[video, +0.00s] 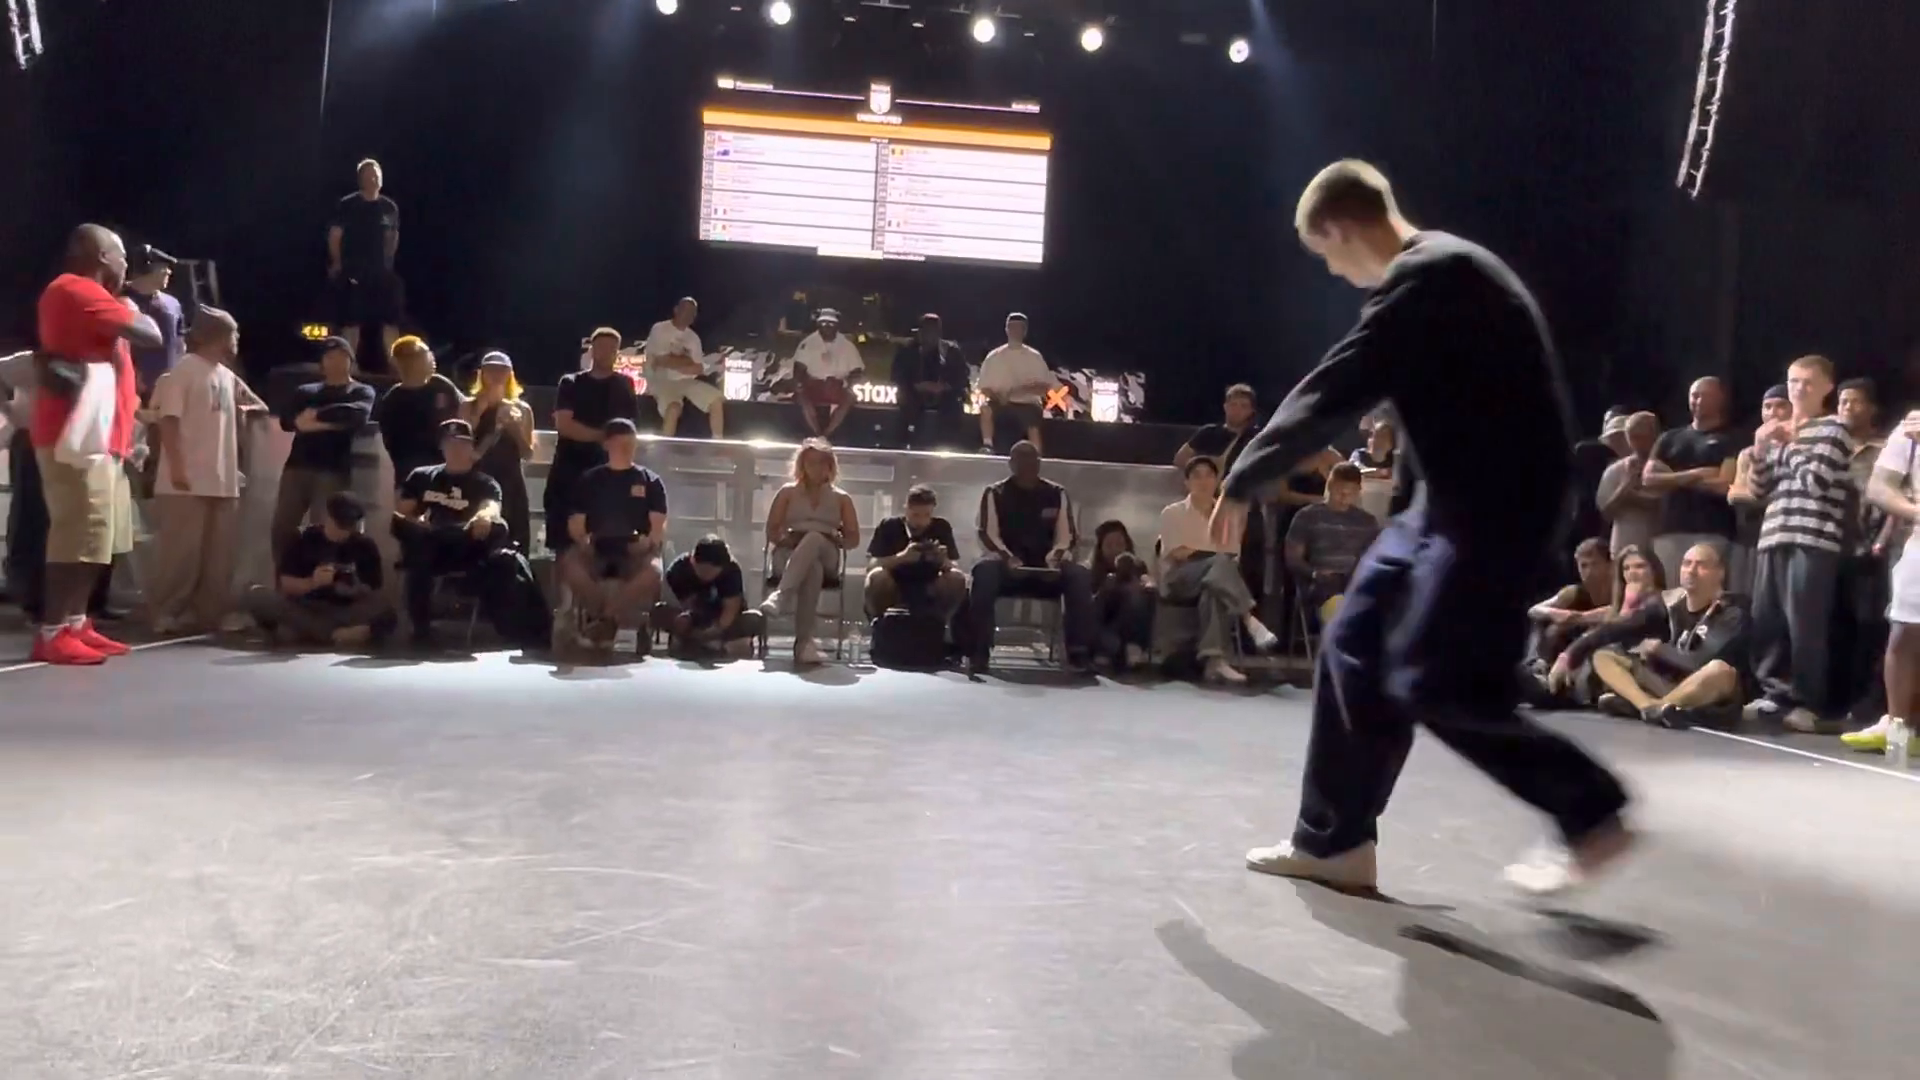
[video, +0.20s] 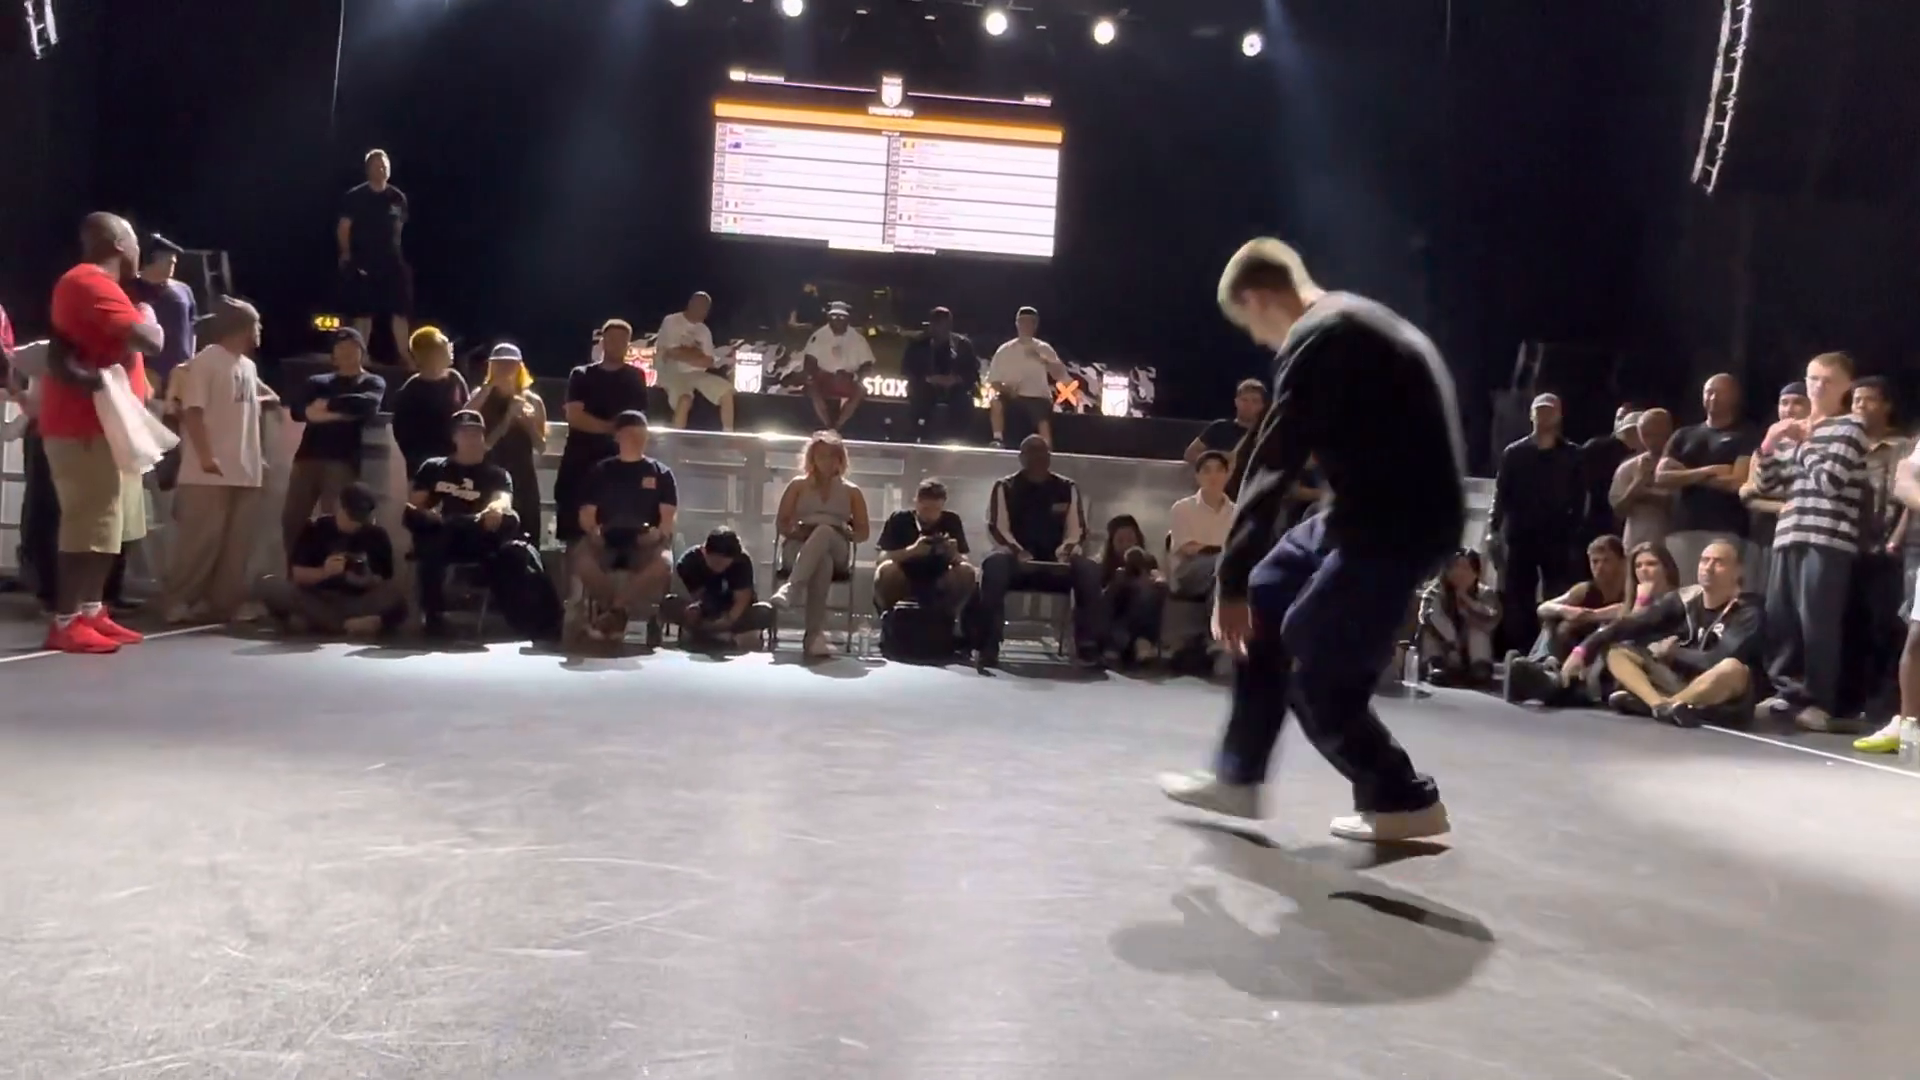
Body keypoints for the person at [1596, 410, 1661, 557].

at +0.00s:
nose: (1639, 443)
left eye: (1643, 437)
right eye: (1634, 438)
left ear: (1654, 437)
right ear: (1628, 439)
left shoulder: (1661, 469)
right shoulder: (1614, 471)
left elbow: (1666, 503)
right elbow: (1604, 509)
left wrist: (1629, 495)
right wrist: (1626, 484)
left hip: (1656, 541)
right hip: (1623, 543)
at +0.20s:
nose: (1654, 441)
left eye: (1659, 435)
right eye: (1648, 435)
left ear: (1669, 434)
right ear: (1641, 437)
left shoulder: (1678, 465)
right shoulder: (1627, 469)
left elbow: (1682, 501)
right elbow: (1618, 508)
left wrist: (1644, 493)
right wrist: (1639, 480)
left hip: (1671, 538)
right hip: (1636, 541)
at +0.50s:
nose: (1669, 437)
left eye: (1675, 430)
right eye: (1663, 431)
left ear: (1686, 430)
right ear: (1657, 433)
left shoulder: (1696, 461)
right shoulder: (1644, 465)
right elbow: (1634, 509)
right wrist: (1654, 479)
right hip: (1652, 537)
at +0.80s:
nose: (1677, 436)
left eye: (1683, 429)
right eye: (1673, 430)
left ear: (1698, 428)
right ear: (1668, 430)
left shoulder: (1709, 462)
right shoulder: (1656, 464)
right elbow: (1643, 510)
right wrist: (1661, 481)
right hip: (1662, 542)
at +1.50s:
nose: (1694, 437)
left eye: (1700, 430)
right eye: (1689, 431)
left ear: (1715, 428)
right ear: (1685, 431)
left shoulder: (1725, 460)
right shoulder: (1672, 464)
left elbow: (1725, 500)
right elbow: (1658, 508)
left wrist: (1685, 493)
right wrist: (1675, 480)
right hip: (1677, 539)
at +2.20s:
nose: (1710, 429)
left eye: (1717, 421)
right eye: (1705, 422)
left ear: (1729, 421)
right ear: (1700, 424)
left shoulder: (1739, 455)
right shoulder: (1686, 457)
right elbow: (1672, 499)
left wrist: (1697, 487)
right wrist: (1690, 474)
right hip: (1691, 536)